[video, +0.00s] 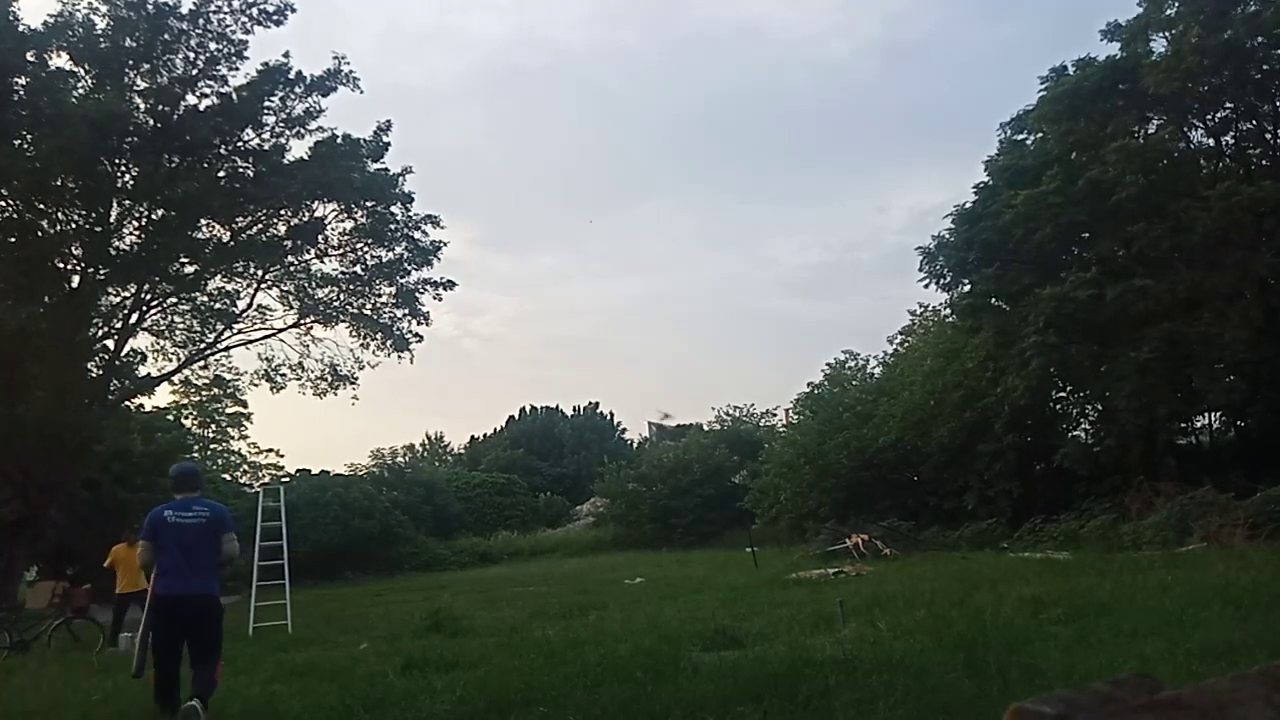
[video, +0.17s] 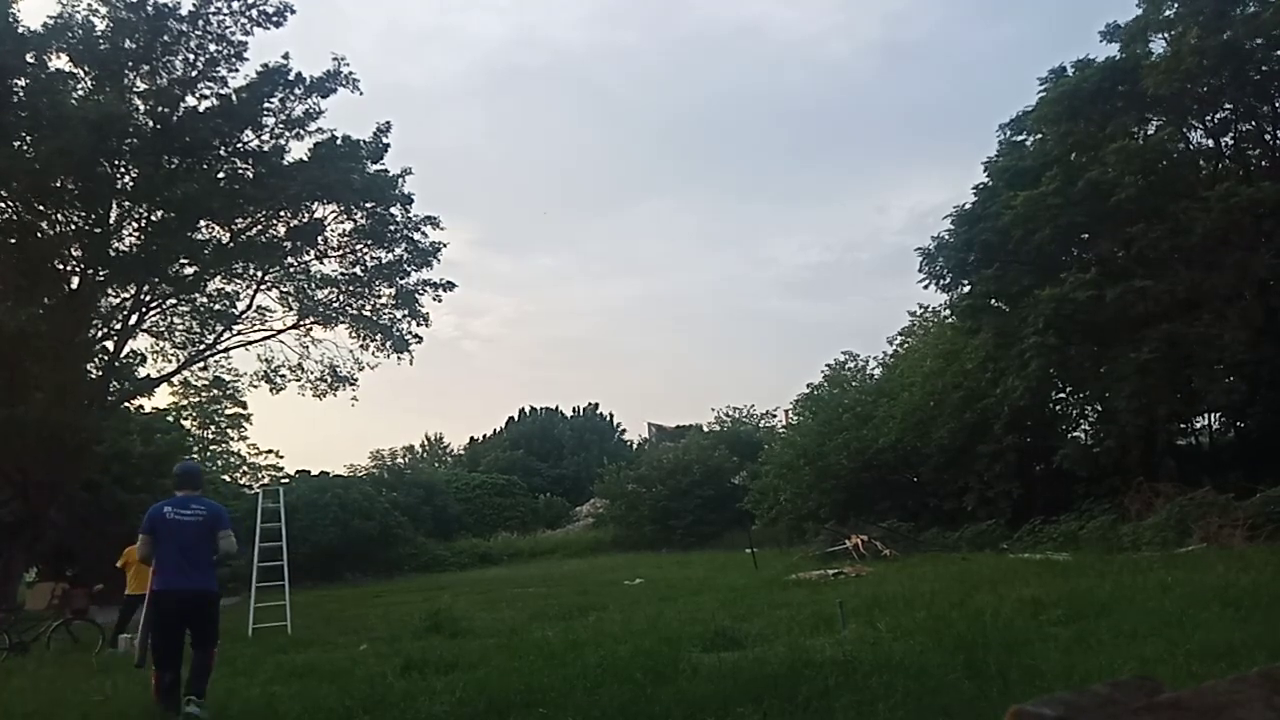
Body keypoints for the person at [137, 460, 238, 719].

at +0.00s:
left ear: (173, 485)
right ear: (200, 484)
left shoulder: (157, 515)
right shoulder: (217, 512)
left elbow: (144, 559)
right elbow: (231, 551)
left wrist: (165, 565)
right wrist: (209, 564)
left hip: (166, 600)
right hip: (204, 600)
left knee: (166, 661)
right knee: (206, 657)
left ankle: (167, 711)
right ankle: (198, 700)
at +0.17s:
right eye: (197, 481)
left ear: (174, 483)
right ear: (200, 483)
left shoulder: (157, 511)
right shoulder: (214, 510)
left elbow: (143, 554)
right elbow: (229, 547)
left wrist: (165, 554)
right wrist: (210, 557)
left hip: (166, 594)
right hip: (203, 594)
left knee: (167, 655)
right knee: (204, 646)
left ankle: (169, 709)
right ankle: (194, 699)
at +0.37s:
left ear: (180, 489)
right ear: (205, 491)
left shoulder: (161, 516)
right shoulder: (216, 518)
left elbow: (145, 557)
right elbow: (227, 553)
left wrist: (166, 565)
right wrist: (211, 564)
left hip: (168, 596)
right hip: (202, 598)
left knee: (167, 655)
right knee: (199, 653)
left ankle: (168, 708)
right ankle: (196, 707)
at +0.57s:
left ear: (185, 492)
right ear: (209, 494)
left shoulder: (167, 515)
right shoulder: (219, 520)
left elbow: (151, 553)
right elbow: (234, 555)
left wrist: (167, 554)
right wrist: (223, 562)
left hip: (172, 596)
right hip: (204, 597)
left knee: (164, 650)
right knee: (198, 650)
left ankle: (170, 686)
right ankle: (196, 700)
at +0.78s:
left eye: (185, 490)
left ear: (183, 491)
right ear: (207, 492)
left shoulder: (168, 514)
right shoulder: (219, 517)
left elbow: (151, 551)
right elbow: (230, 554)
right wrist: (216, 544)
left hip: (172, 591)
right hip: (203, 592)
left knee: (164, 641)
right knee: (198, 645)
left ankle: (168, 691)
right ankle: (195, 695)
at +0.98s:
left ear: (176, 499)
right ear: (199, 500)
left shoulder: (162, 525)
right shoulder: (213, 525)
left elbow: (149, 561)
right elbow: (224, 561)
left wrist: (169, 556)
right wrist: (206, 565)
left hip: (170, 597)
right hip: (201, 596)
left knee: (165, 649)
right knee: (196, 648)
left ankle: (161, 698)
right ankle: (192, 700)